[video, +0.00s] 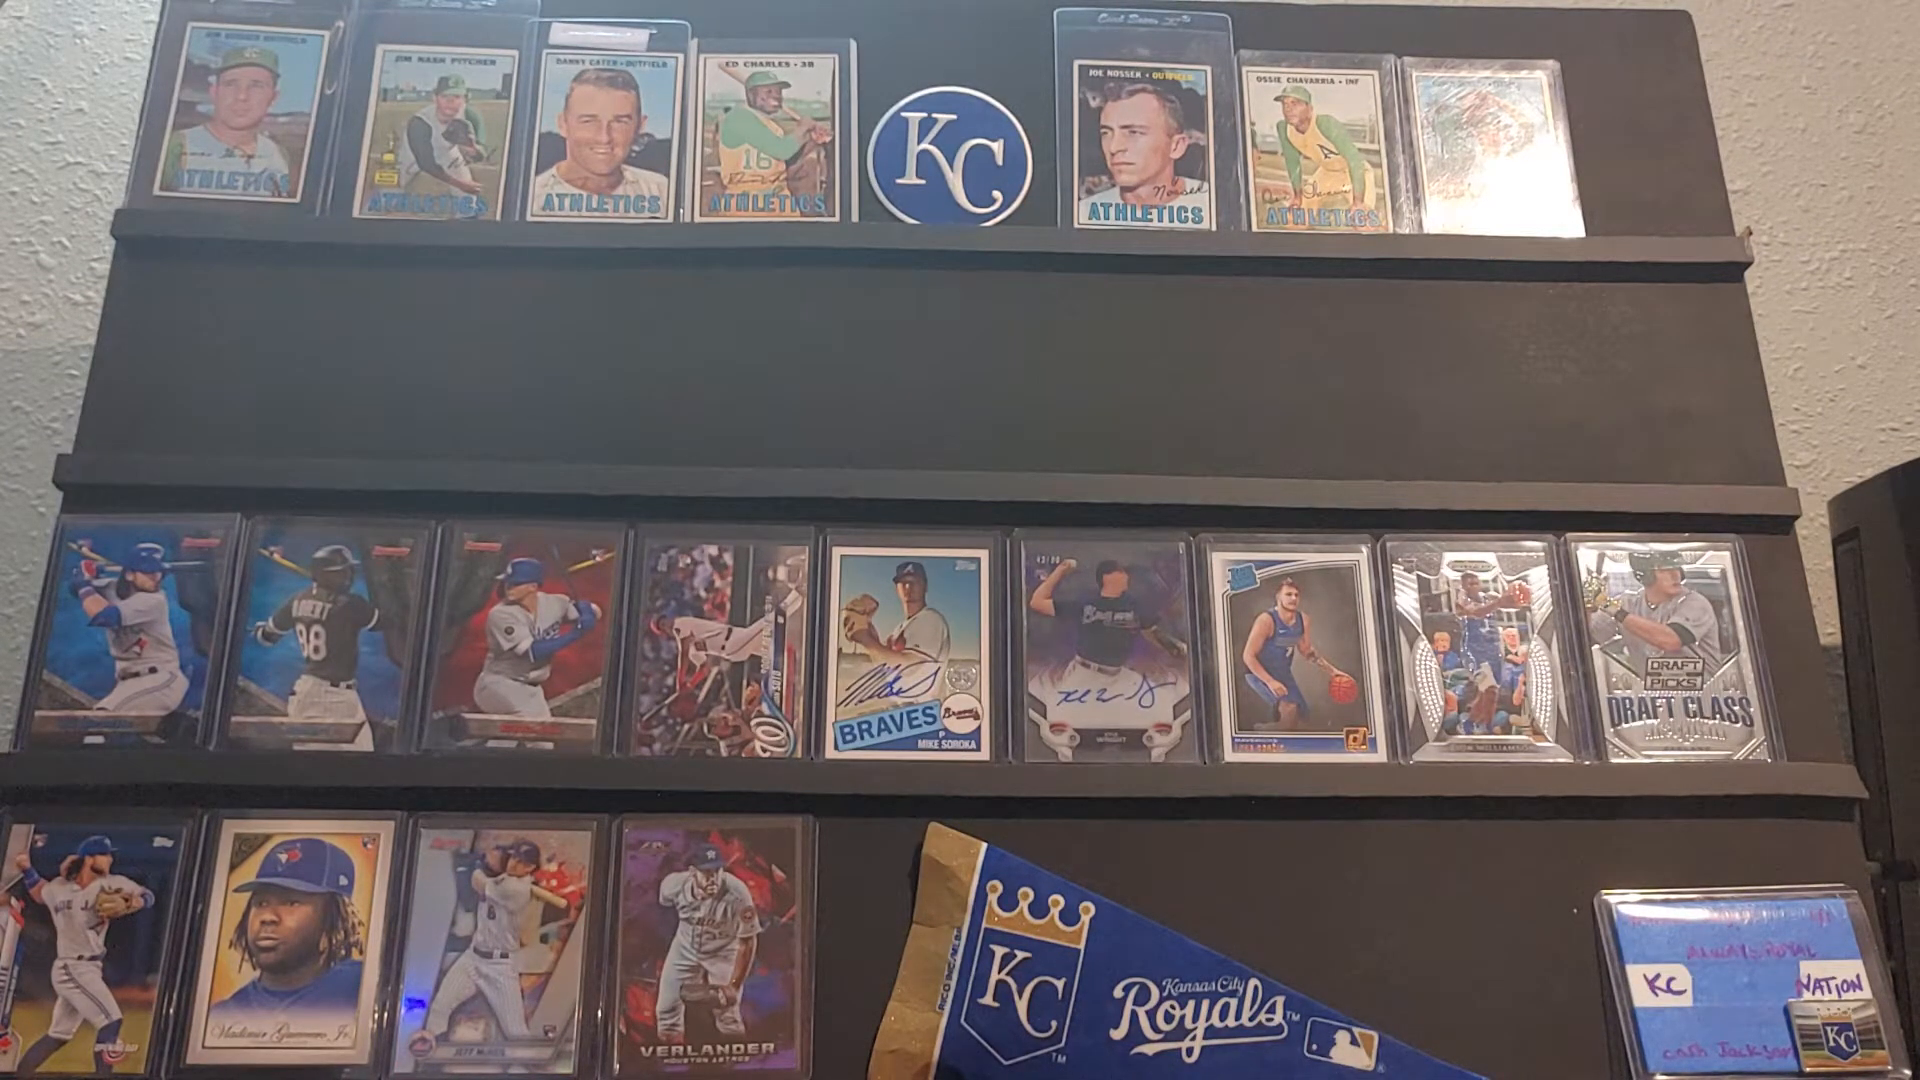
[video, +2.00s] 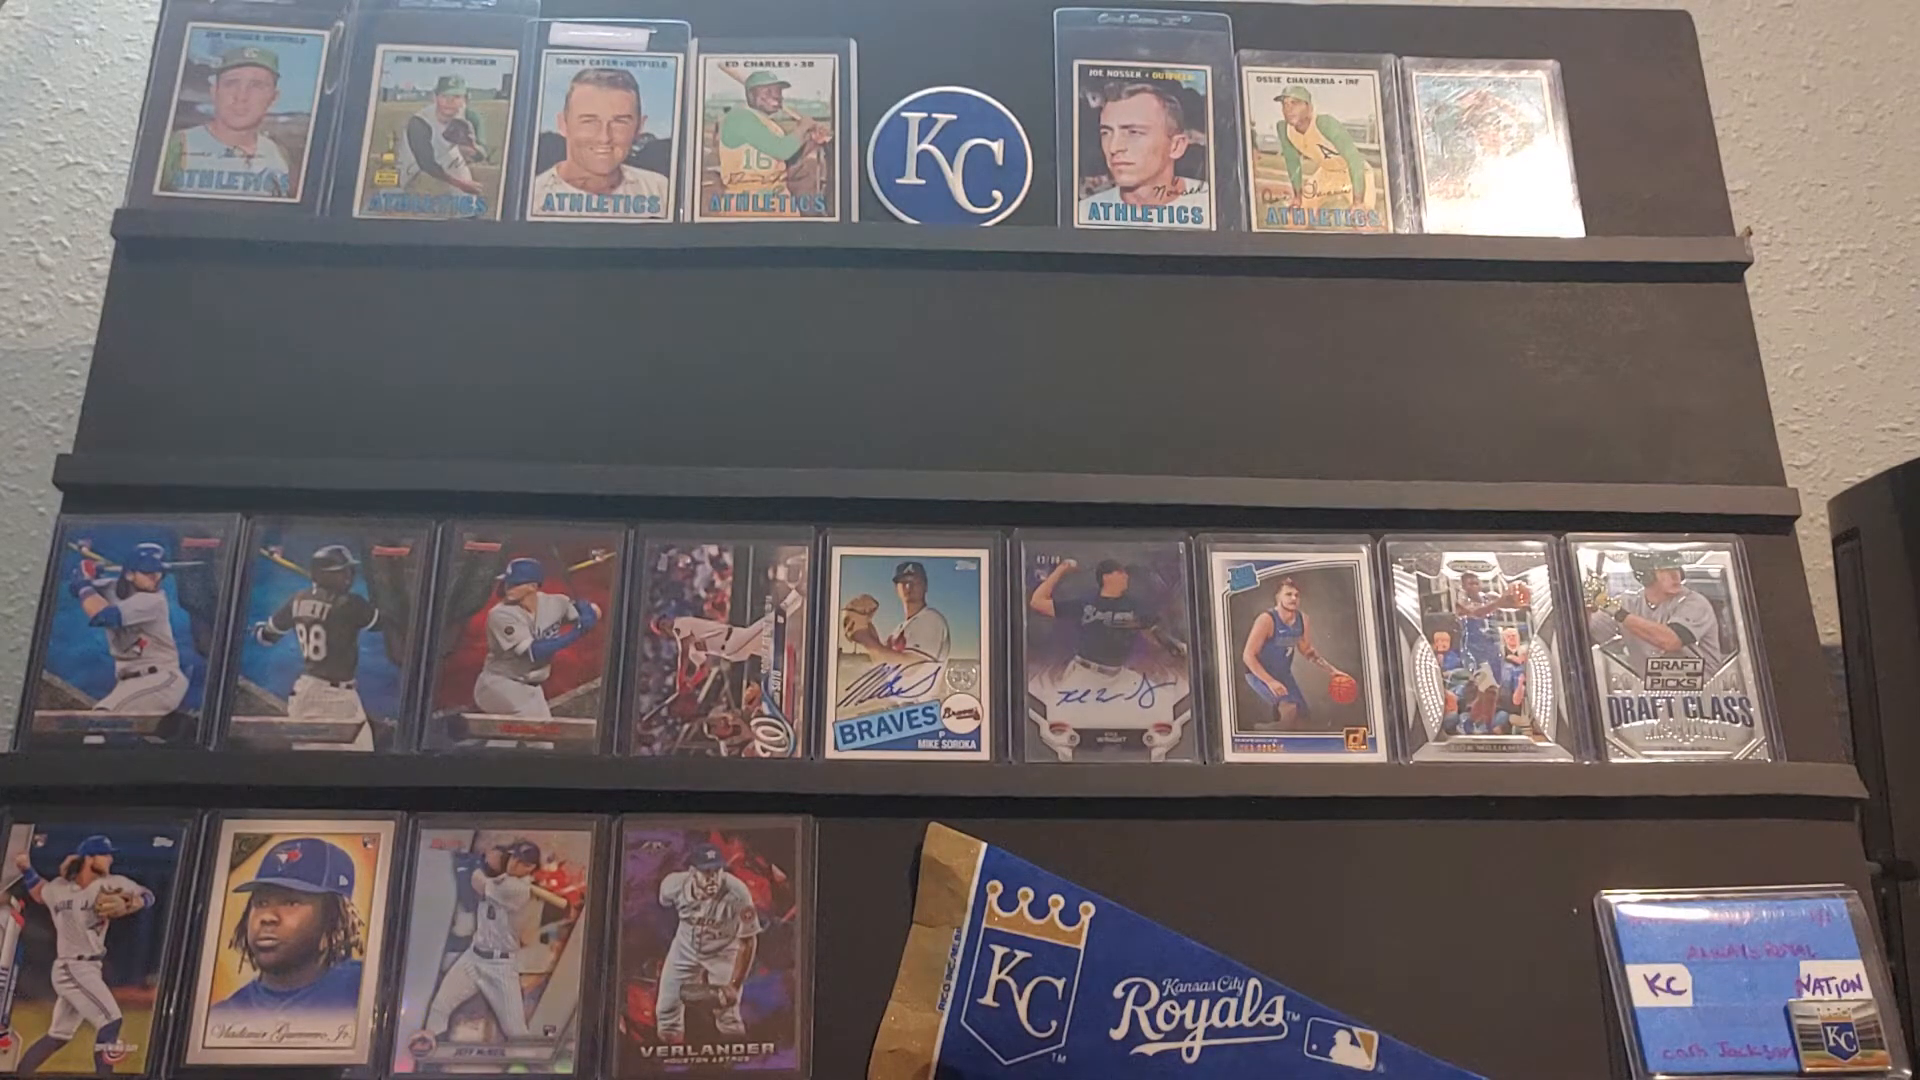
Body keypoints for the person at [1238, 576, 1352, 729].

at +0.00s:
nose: (1293, 599)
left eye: (1296, 595)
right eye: (1288, 595)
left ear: (1299, 598)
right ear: (1278, 598)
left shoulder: (1303, 619)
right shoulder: (1266, 620)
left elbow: (1306, 650)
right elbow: (1248, 656)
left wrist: (1333, 671)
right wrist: (1270, 681)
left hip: (1283, 672)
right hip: (1260, 671)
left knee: (1301, 713)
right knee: (1289, 706)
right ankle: (1284, 748)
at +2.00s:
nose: (1294, 599)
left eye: (1296, 595)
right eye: (1288, 595)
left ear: (1299, 598)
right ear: (1278, 598)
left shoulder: (1302, 619)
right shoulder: (1266, 620)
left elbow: (1307, 650)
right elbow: (1248, 656)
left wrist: (1333, 671)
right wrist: (1270, 681)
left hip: (1283, 673)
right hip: (1260, 673)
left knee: (1302, 713)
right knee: (1289, 707)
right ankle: (1282, 750)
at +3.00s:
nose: (1293, 599)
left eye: (1296, 595)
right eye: (1288, 595)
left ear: (1300, 598)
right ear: (1278, 598)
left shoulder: (1302, 619)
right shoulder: (1266, 620)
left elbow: (1307, 650)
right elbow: (1248, 656)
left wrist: (1332, 671)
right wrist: (1270, 682)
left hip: (1283, 672)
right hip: (1260, 672)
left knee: (1300, 713)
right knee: (1289, 707)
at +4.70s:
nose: (1293, 599)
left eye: (1296, 595)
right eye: (1288, 595)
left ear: (1299, 599)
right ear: (1278, 598)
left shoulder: (1302, 619)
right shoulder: (1266, 620)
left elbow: (1307, 650)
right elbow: (1248, 656)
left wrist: (1333, 671)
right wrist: (1270, 682)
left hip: (1284, 674)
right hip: (1260, 673)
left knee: (1302, 714)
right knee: (1288, 706)